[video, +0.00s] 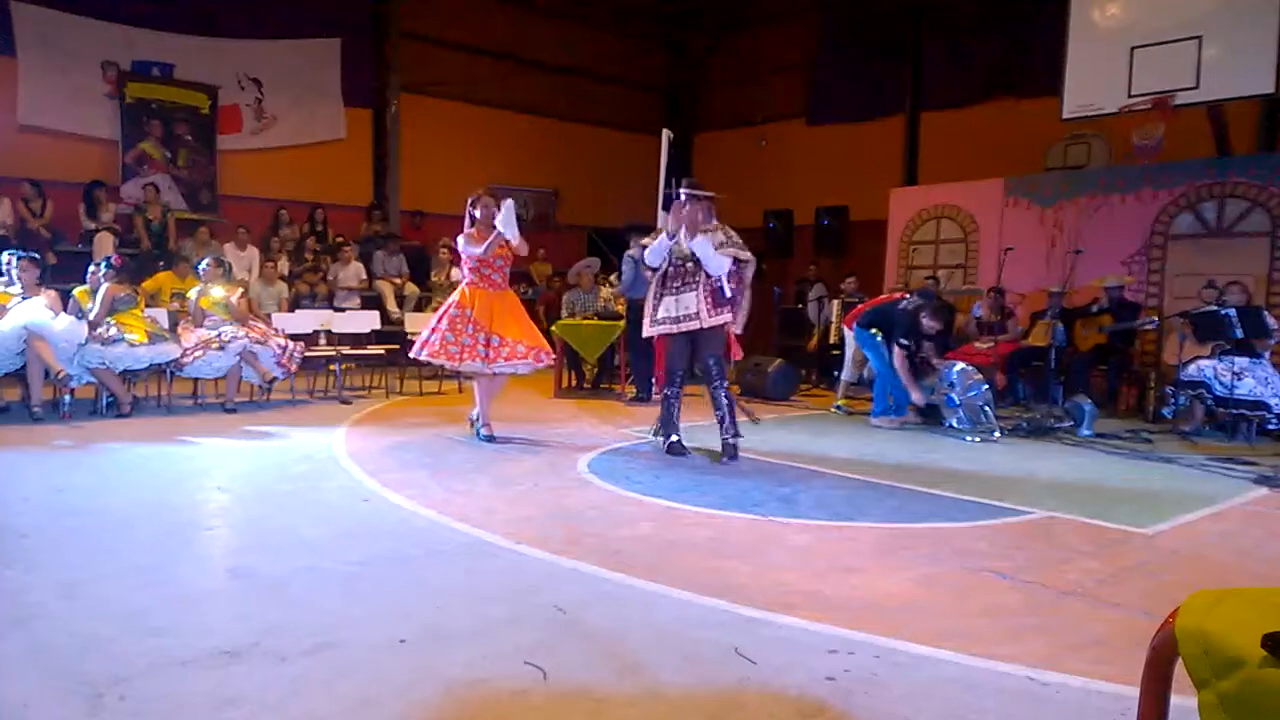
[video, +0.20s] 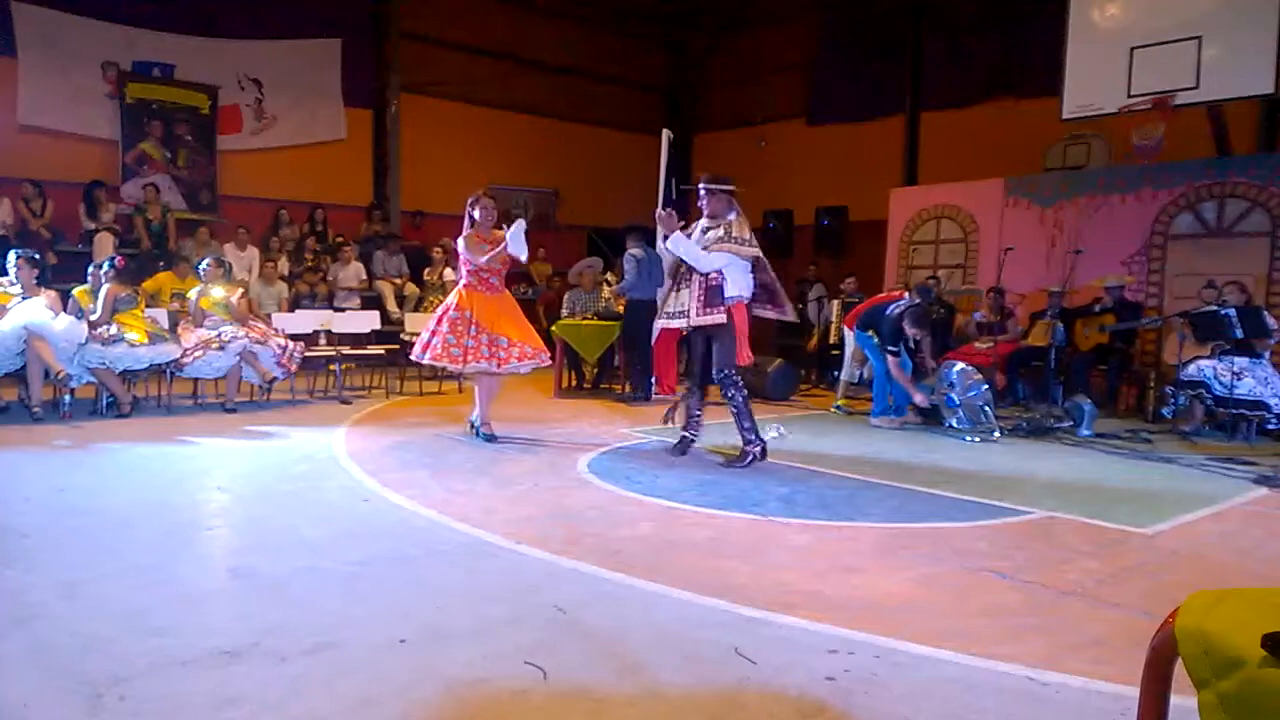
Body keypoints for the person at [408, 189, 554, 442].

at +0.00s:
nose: (490, 212)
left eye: (493, 207)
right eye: (485, 207)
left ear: (497, 211)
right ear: (473, 211)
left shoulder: (503, 236)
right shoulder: (466, 238)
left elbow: (523, 250)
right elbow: (479, 254)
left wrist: (511, 226)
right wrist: (496, 234)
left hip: (502, 301)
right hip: (475, 300)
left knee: (504, 366)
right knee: (481, 365)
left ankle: (478, 411)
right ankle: (484, 420)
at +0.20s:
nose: (489, 213)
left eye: (492, 208)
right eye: (483, 208)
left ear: (497, 212)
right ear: (472, 212)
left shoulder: (501, 236)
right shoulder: (467, 239)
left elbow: (522, 259)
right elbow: (484, 261)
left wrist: (517, 238)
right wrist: (507, 244)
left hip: (498, 301)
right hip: (474, 301)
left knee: (496, 363)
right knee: (483, 362)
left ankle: (478, 414)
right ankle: (483, 419)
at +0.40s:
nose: (486, 216)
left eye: (490, 211)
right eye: (480, 211)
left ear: (495, 214)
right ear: (470, 214)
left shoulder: (500, 239)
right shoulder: (467, 240)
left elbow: (514, 263)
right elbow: (487, 269)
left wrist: (521, 249)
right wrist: (514, 259)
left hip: (493, 303)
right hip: (470, 303)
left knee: (498, 364)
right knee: (484, 364)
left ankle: (474, 416)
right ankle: (474, 418)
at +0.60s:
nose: (482, 219)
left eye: (487, 215)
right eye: (477, 214)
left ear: (492, 218)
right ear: (468, 216)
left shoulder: (494, 241)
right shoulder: (463, 242)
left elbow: (507, 265)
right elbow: (486, 273)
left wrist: (522, 259)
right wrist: (516, 265)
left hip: (488, 304)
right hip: (466, 304)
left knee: (492, 366)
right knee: (484, 365)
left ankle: (468, 416)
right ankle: (469, 419)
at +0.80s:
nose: (477, 221)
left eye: (482, 217)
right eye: (472, 216)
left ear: (487, 220)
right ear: (462, 218)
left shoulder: (489, 243)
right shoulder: (459, 242)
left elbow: (501, 268)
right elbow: (480, 274)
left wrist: (517, 265)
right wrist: (512, 269)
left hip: (482, 304)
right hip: (460, 303)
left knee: (489, 362)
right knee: (481, 363)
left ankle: (456, 410)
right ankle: (469, 419)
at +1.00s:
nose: (471, 223)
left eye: (475, 219)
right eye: (466, 218)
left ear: (481, 221)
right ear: (456, 219)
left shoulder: (482, 243)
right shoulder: (453, 243)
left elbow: (496, 267)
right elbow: (475, 277)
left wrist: (514, 267)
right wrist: (508, 272)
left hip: (474, 306)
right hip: (454, 306)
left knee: (477, 363)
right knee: (477, 364)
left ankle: (451, 413)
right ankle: (464, 420)